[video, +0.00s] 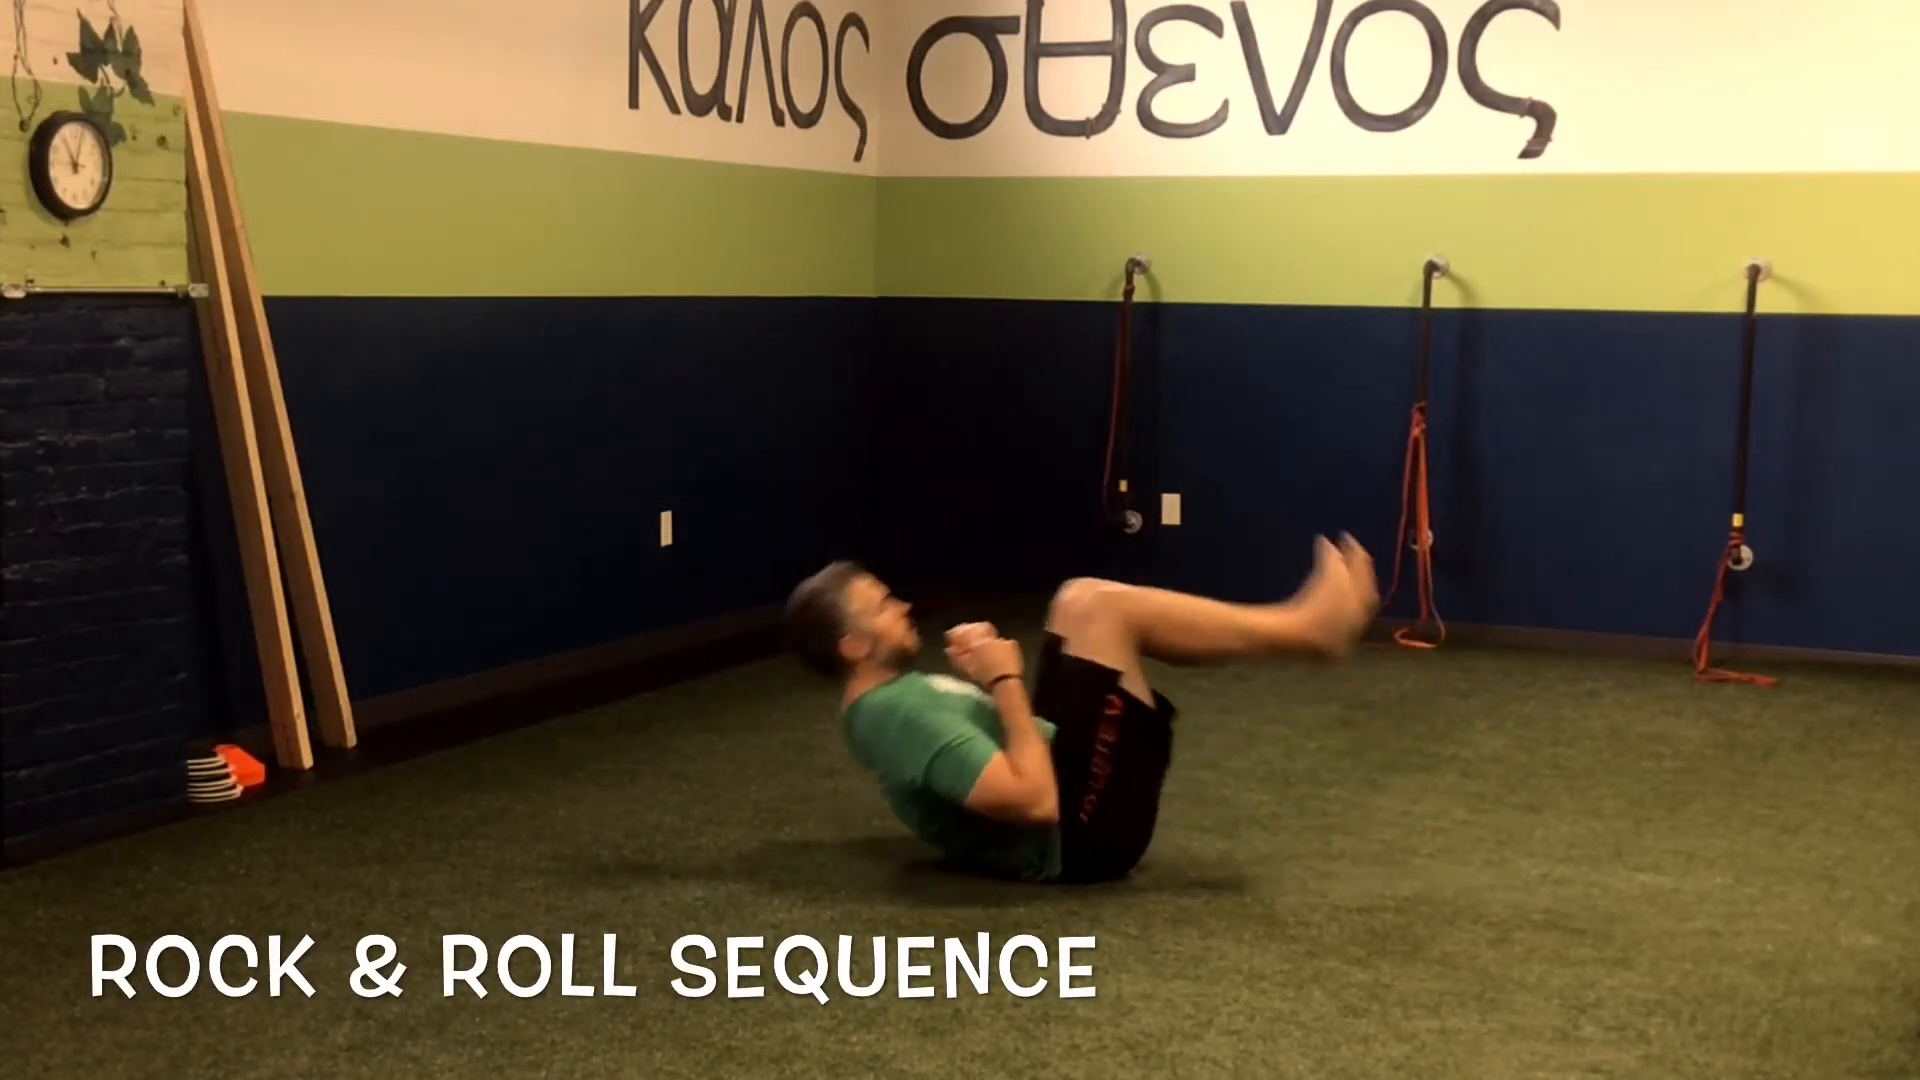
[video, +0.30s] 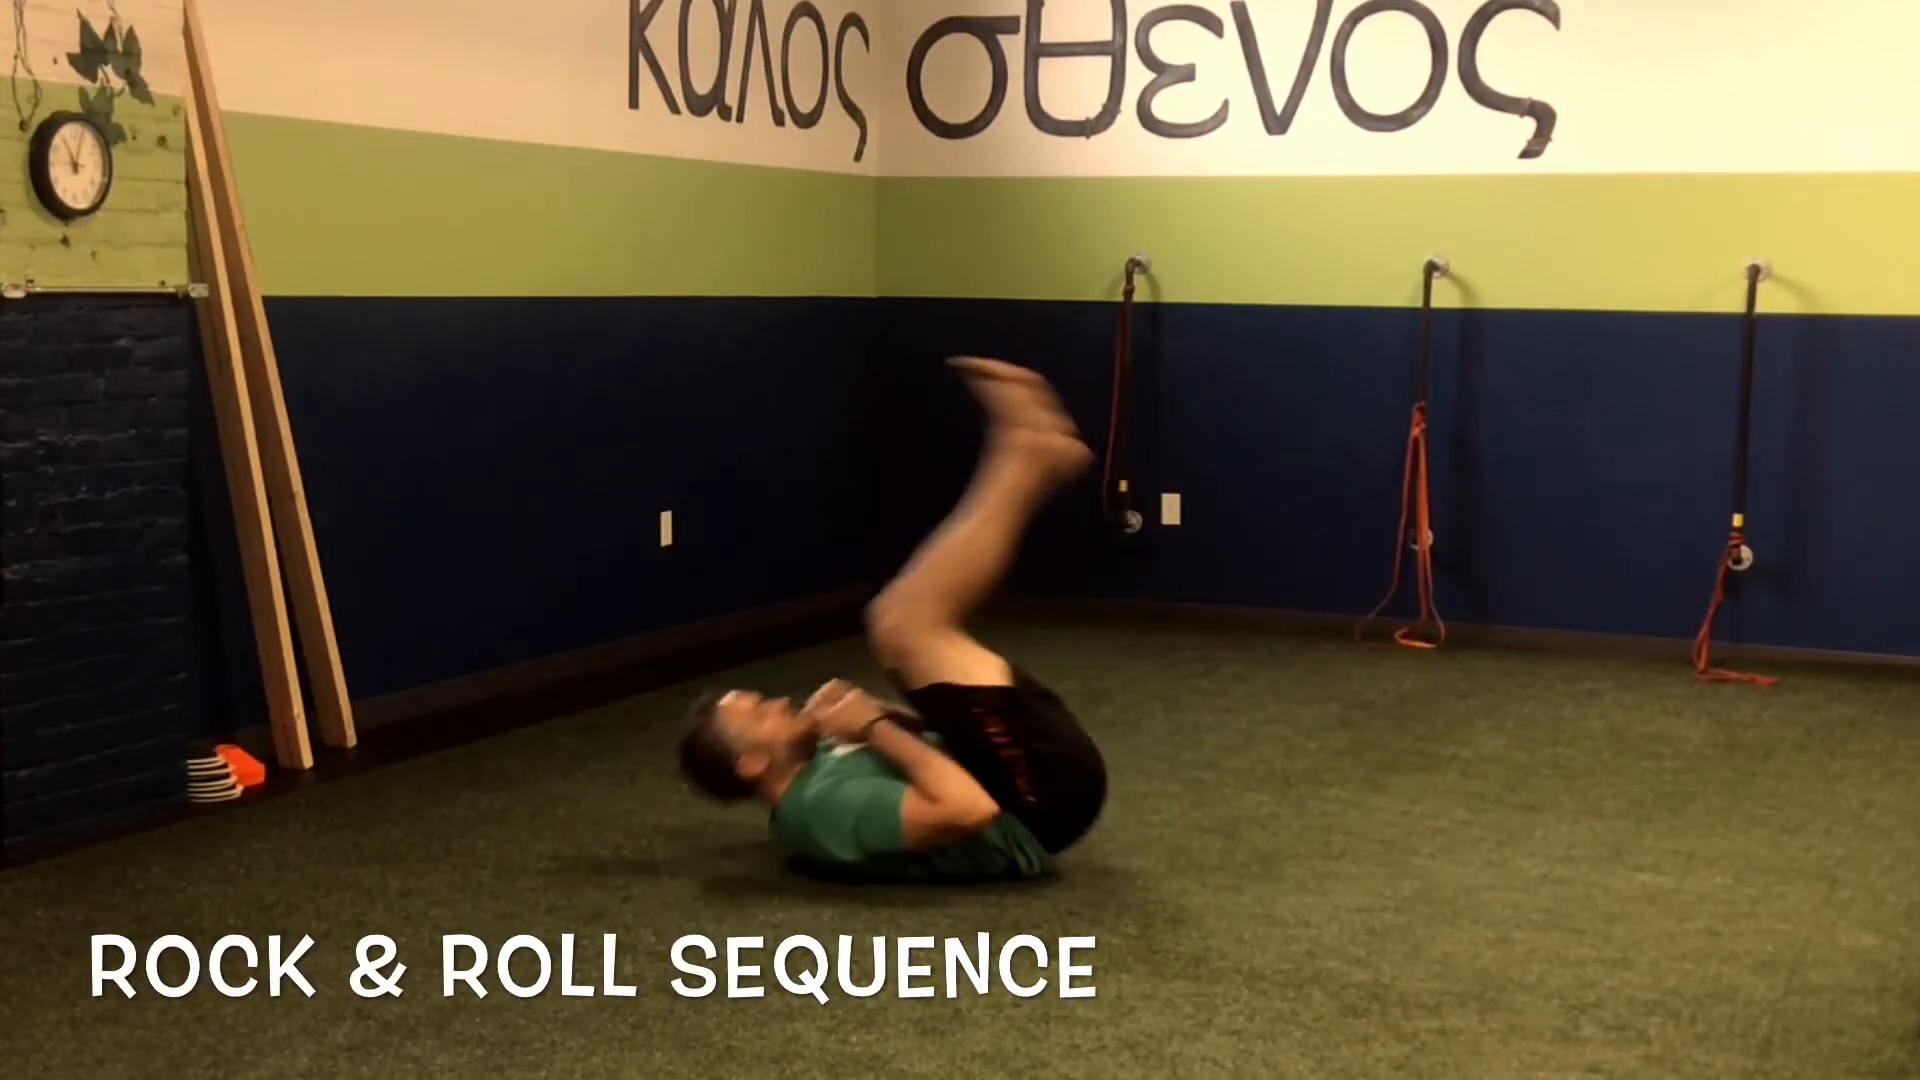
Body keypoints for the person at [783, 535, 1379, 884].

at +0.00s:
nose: (902, 609)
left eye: (889, 599)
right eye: (882, 607)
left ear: (859, 643)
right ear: (852, 646)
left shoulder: (890, 698)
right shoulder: (900, 713)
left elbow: (1013, 770)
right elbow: (1035, 799)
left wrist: (996, 673)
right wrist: (1007, 681)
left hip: (1059, 825)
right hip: (1080, 844)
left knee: (1083, 601)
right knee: (1095, 604)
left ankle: (1294, 625)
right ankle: (1308, 626)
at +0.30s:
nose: (783, 702)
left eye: (766, 698)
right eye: (761, 710)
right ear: (752, 764)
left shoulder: (816, 779)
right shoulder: (820, 809)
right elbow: (969, 809)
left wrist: (872, 715)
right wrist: (874, 728)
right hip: (1044, 795)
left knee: (901, 616)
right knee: (900, 622)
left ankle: (1029, 450)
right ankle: (1027, 451)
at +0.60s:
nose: (708, 753)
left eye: (691, 757)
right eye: (694, 770)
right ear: (707, 820)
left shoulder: (770, 809)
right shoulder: (787, 830)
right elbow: (910, 783)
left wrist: (774, 756)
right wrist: (792, 743)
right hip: (981, 729)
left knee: (789, 638)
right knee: (766, 653)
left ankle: (772, 434)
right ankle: (770, 432)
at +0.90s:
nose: (696, 768)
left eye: (680, 773)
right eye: (685, 783)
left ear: (705, 832)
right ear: (703, 832)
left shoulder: (759, 815)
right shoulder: (781, 836)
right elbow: (897, 763)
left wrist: (749, 744)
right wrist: (770, 752)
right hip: (950, 690)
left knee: (738, 647)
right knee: (718, 674)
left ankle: (687, 457)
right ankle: (674, 458)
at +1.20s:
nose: (701, 766)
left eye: (686, 770)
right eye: (689, 782)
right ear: (703, 831)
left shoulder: (758, 812)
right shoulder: (785, 832)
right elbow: (907, 774)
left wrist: (769, 749)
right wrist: (782, 743)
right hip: (971, 710)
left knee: (771, 638)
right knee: (747, 659)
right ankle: (767, 436)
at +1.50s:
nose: (740, 725)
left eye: (722, 726)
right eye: (722, 737)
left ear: (726, 785)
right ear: (723, 786)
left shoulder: (788, 788)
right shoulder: (793, 818)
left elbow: (882, 719)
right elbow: (938, 797)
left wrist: (819, 699)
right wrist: (830, 726)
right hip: (1010, 775)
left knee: (852, 597)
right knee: (856, 607)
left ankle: (1006, 454)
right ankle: (1011, 454)